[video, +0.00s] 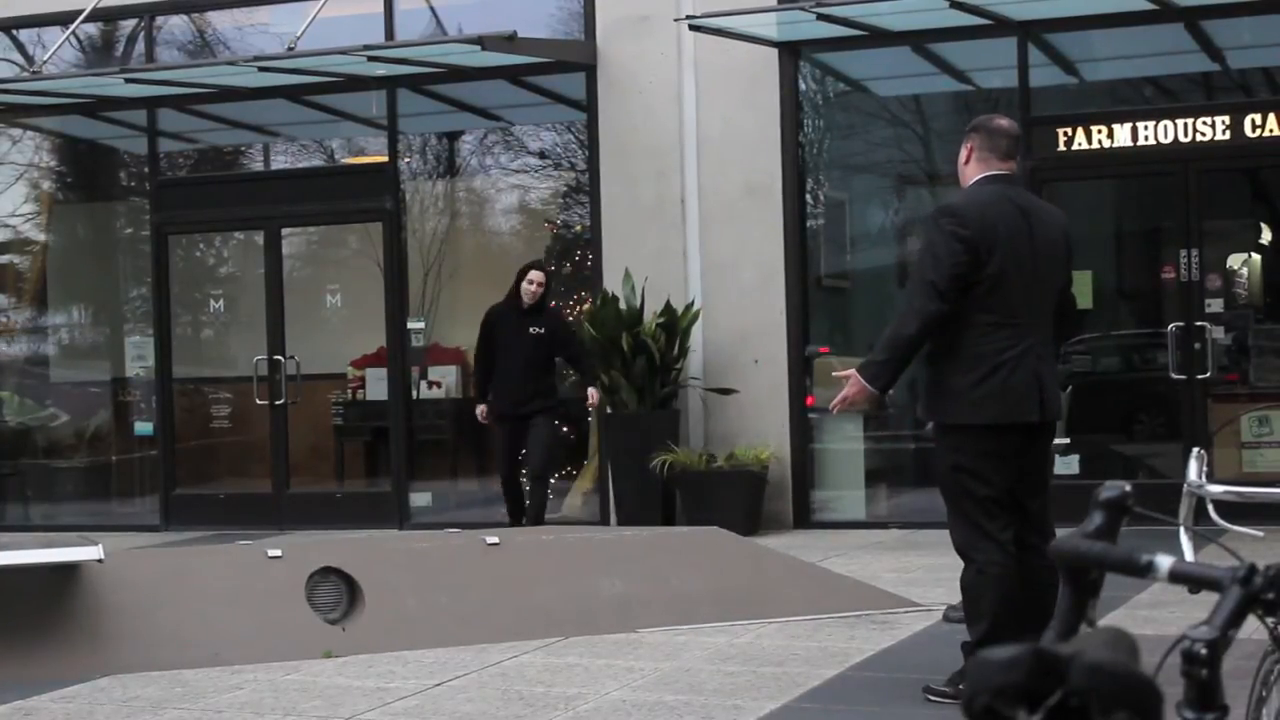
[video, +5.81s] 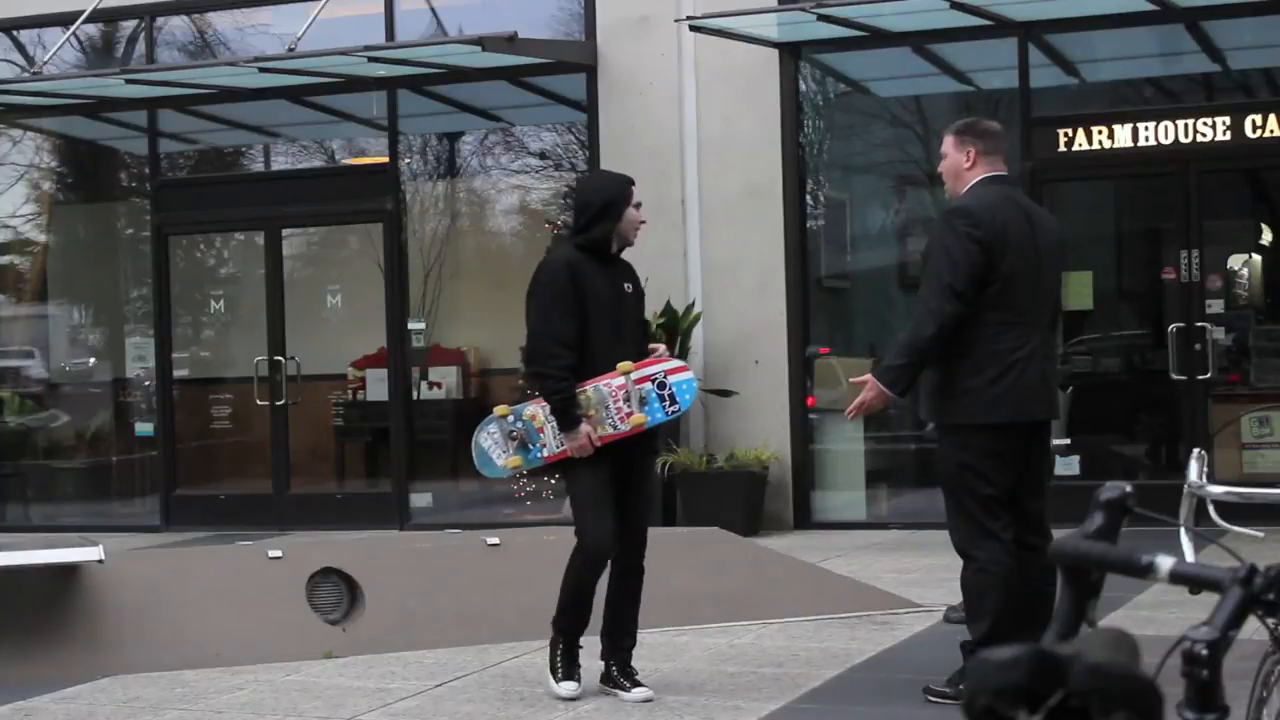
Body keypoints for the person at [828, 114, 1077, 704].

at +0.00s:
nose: (957, 164)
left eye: (959, 156)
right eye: (961, 156)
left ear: (968, 154)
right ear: (1018, 161)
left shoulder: (958, 216)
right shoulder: (1049, 220)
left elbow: (924, 308)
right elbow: (1066, 315)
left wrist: (874, 375)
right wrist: (1024, 352)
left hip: (971, 408)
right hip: (1034, 406)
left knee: (982, 540)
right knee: (1029, 534)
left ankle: (987, 674)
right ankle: (1032, 667)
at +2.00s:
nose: (959, 166)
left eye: (961, 157)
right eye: (962, 157)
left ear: (971, 155)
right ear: (1021, 163)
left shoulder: (964, 216)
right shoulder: (1050, 222)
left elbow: (929, 308)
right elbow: (1067, 317)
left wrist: (880, 377)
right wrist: (1024, 351)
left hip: (972, 408)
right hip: (1033, 407)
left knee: (982, 539)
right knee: (1029, 532)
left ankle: (987, 674)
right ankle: (1032, 667)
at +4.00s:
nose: (954, 164)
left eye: (957, 154)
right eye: (957, 155)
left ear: (970, 151)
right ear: (1018, 160)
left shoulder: (965, 216)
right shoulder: (1048, 221)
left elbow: (931, 308)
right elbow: (1064, 317)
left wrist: (882, 377)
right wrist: (1024, 353)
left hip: (972, 408)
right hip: (1032, 408)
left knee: (981, 538)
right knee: (1027, 532)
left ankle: (986, 674)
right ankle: (1028, 667)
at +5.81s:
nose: (938, 167)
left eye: (943, 156)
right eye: (940, 156)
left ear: (969, 156)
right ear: (991, 156)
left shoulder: (966, 218)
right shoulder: (1037, 219)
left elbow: (938, 311)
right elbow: (1040, 316)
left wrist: (890, 377)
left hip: (975, 408)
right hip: (1029, 406)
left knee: (981, 539)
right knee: (1026, 532)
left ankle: (987, 674)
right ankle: (1027, 665)